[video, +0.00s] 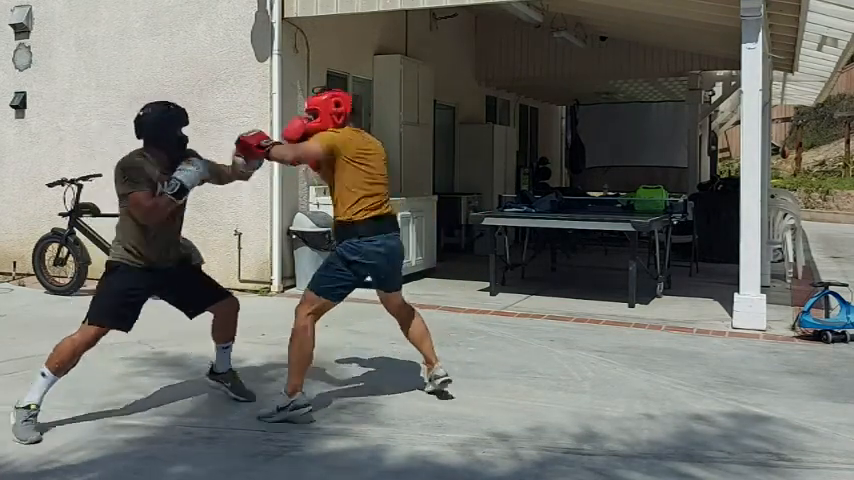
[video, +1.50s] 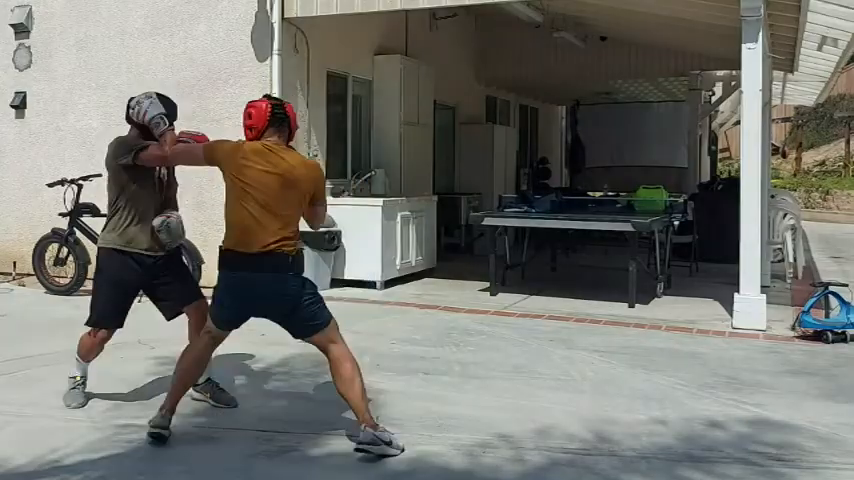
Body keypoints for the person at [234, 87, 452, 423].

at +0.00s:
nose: (310, 123)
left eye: (313, 117)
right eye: (310, 117)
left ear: (328, 116)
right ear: (345, 116)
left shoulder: (334, 138)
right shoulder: (374, 144)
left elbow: (293, 154)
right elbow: (339, 178)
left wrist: (264, 147)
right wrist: (305, 147)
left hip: (356, 246)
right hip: (389, 242)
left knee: (306, 314)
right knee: (398, 305)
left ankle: (294, 397)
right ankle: (434, 368)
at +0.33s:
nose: (348, 114)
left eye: (350, 108)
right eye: (349, 108)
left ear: (361, 107)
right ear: (390, 113)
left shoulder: (346, 137)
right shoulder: (406, 153)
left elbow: (305, 172)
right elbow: (387, 189)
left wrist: (269, 167)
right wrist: (329, 159)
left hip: (349, 250)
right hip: (389, 250)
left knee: (307, 319)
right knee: (398, 320)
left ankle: (295, 404)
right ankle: (446, 378)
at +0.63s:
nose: (360, 104)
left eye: (360, 99)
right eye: (359, 98)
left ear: (371, 95)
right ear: (394, 92)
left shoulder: (373, 122)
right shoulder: (431, 121)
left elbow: (374, 175)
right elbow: (416, 157)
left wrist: (351, 207)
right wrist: (368, 127)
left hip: (401, 231)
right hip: (442, 226)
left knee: (371, 312)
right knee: (446, 316)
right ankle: (463, 404)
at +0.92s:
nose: (353, 110)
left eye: (355, 104)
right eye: (352, 104)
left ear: (370, 103)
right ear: (392, 100)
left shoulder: (377, 133)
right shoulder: (429, 130)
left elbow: (367, 189)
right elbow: (407, 171)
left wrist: (334, 181)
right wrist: (360, 147)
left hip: (404, 245)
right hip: (443, 240)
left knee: (355, 315)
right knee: (449, 333)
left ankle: (367, 405)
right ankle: (472, 422)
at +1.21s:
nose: (313, 123)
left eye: (315, 117)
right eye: (314, 116)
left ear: (328, 117)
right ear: (355, 117)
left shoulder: (324, 146)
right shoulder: (386, 147)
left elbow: (269, 178)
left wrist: (283, 150)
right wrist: (306, 147)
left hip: (346, 265)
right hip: (391, 260)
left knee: (289, 326)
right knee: (421, 338)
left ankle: (265, 411)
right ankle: (470, 416)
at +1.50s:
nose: (247, 130)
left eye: (250, 125)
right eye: (294, 127)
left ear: (255, 128)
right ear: (290, 129)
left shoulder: (231, 152)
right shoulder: (309, 169)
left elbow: (175, 154)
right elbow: (318, 219)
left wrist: (173, 138)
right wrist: (297, 191)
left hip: (234, 276)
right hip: (283, 278)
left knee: (208, 337)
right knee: (334, 344)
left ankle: (165, 413)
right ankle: (368, 425)